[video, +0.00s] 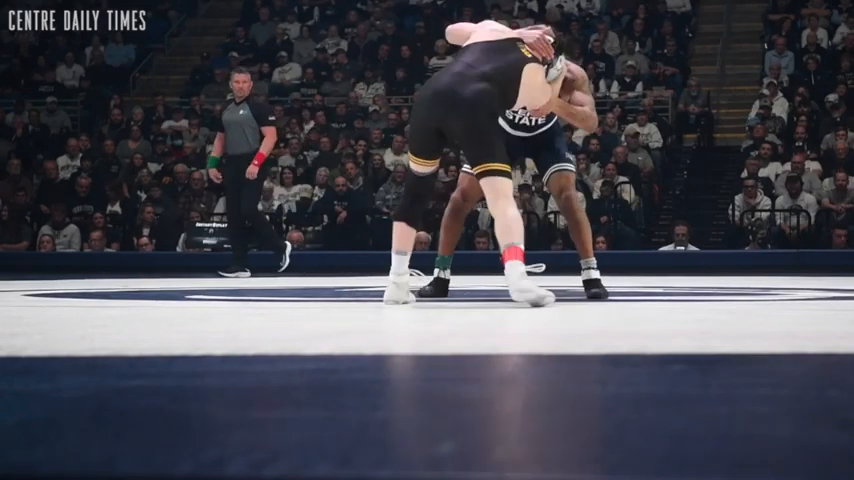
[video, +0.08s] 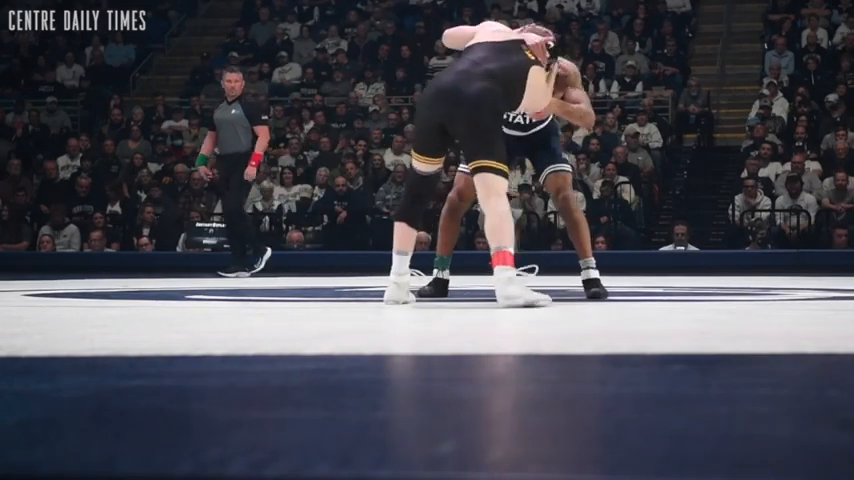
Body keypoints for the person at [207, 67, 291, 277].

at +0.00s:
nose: (240, 86)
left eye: (244, 82)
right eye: (237, 82)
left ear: (251, 85)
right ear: (230, 85)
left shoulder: (258, 106)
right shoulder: (226, 109)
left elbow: (271, 136)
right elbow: (220, 137)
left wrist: (256, 163)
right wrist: (212, 163)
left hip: (252, 163)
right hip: (231, 163)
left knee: (248, 211)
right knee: (234, 215)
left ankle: (281, 247)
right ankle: (240, 265)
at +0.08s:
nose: (232, 85)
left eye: (236, 81)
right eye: (228, 81)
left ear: (243, 83)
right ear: (222, 84)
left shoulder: (250, 105)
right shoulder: (218, 110)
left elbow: (263, 135)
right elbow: (211, 138)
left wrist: (254, 163)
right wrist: (202, 161)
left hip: (244, 161)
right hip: (225, 163)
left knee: (233, 207)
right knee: (230, 210)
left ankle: (259, 249)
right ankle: (240, 263)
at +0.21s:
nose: (219, 85)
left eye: (223, 81)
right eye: (215, 81)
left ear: (230, 83)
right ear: (209, 84)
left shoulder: (239, 106)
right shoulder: (206, 111)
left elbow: (252, 136)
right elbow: (197, 138)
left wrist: (248, 166)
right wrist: (185, 160)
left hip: (232, 163)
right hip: (214, 164)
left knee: (218, 209)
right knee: (226, 212)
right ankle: (239, 263)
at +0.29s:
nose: (211, 86)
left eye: (215, 82)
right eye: (207, 82)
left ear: (222, 84)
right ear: (201, 84)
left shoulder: (229, 106)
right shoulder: (197, 110)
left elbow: (244, 136)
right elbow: (189, 138)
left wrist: (243, 167)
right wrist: (179, 162)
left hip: (225, 165)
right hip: (206, 166)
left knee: (213, 212)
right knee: (223, 214)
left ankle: (196, 264)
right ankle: (240, 263)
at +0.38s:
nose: (203, 86)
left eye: (207, 82)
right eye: (199, 82)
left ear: (214, 84)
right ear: (193, 85)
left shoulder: (221, 107)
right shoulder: (188, 111)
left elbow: (236, 137)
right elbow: (181, 138)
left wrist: (235, 169)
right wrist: (171, 161)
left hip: (215, 166)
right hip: (197, 167)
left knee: (200, 212)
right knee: (216, 215)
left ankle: (190, 264)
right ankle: (237, 262)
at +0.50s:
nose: (191, 85)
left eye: (195, 81)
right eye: (188, 81)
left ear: (202, 82)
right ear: (182, 83)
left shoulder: (210, 106)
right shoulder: (176, 109)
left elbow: (223, 138)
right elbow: (167, 136)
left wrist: (220, 169)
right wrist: (160, 160)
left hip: (202, 164)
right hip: (183, 165)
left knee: (194, 212)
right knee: (191, 214)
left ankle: (190, 265)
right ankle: (227, 253)